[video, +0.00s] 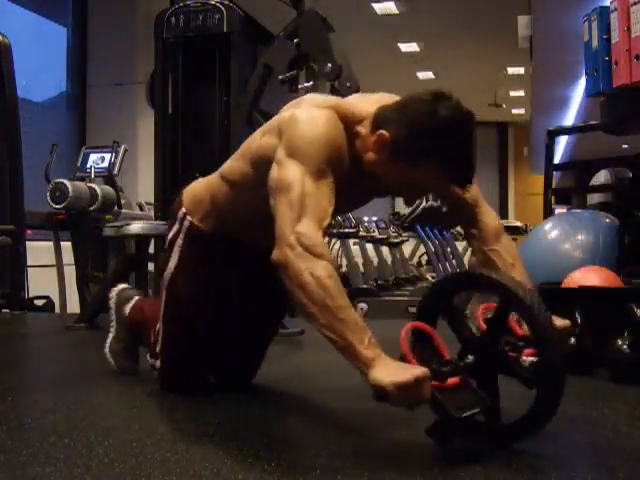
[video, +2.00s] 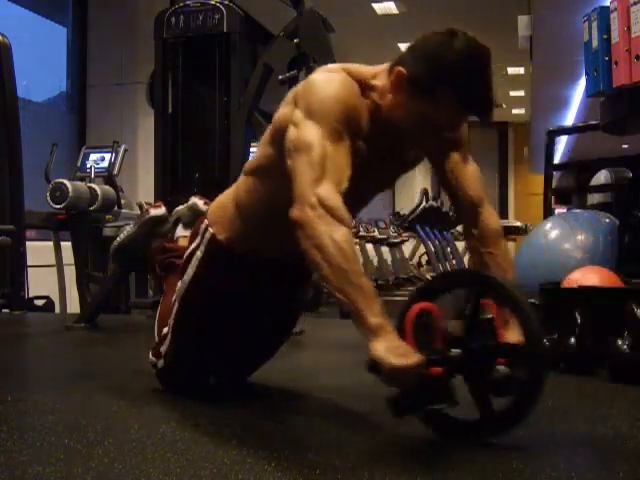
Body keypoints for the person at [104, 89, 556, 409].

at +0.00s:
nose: (408, 200)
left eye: (421, 194)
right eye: (409, 187)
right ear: (383, 145)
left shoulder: (410, 127)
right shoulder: (313, 127)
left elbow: (478, 220)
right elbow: (299, 251)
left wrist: (533, 311)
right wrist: (375, 362)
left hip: (277, 248)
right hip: (209, 236)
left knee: (236, 375)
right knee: (183, 376)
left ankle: (162, 313)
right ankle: (132, 312)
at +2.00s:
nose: (438, 142)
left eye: (447, 131)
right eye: (432, 125)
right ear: (395, 86)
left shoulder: (438, 118)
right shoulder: (329, 93)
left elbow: (479, 220)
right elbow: (314, 213)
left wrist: (509, 316)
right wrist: (379, 332)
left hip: (290, 267)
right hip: (229, 253)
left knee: (228, 376)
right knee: (177, 374)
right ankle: (169, 252)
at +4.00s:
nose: (489, 205)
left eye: (503, 197)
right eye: (491, 191)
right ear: (462, 151)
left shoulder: (481, 159)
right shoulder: (388, 149)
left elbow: (563, 231)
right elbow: (411, 266)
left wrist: (617, 294)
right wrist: (537, 359)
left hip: (308, 297)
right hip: (253, 286)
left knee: (236, 374)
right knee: (185, 373)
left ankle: (228, 246)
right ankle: (191, 251)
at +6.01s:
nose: (554, 296)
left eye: (570, 289)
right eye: (558, 285)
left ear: (531, 240)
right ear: (528, 245)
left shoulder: (513, 238)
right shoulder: (458, 242)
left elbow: (605, 295)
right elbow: (519, 343)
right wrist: (638, 379)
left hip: (321, 336)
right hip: (274, 328)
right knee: (182, 364)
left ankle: (240, 236)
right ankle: (223, 237)